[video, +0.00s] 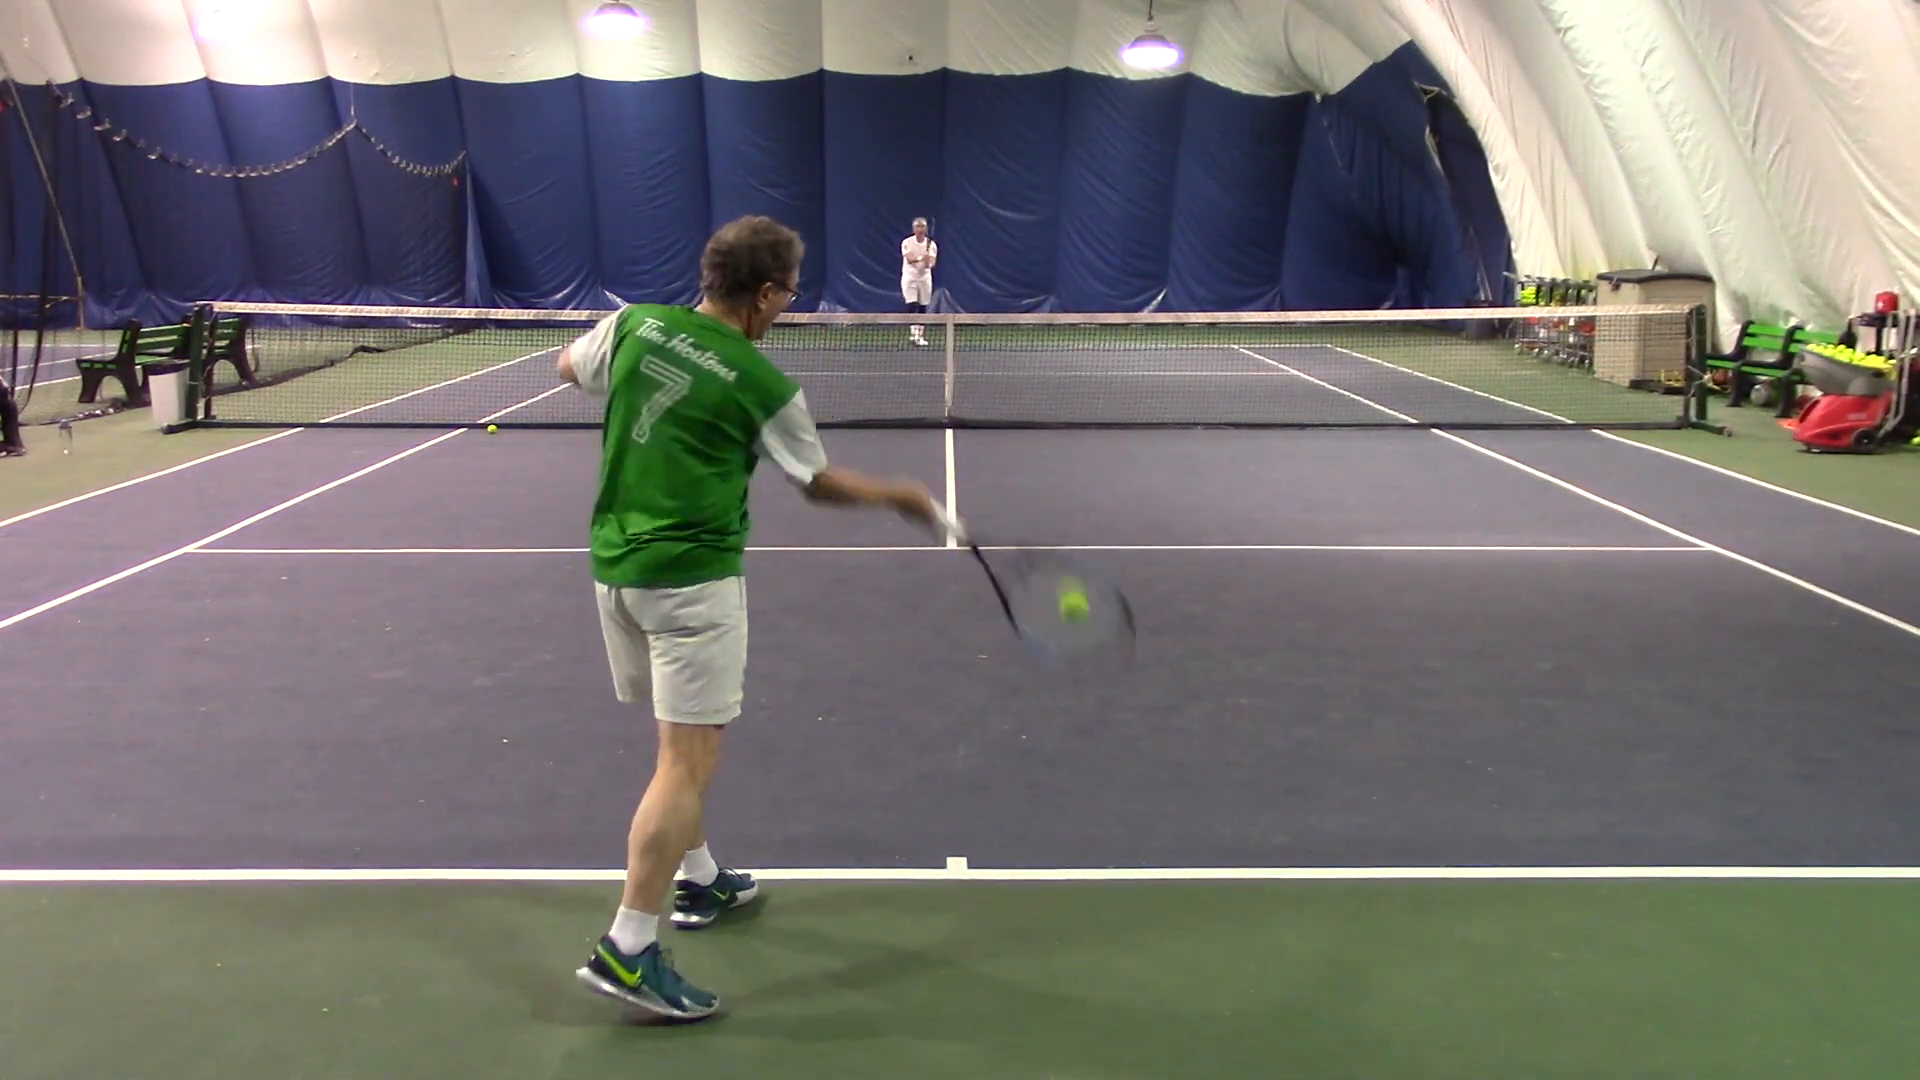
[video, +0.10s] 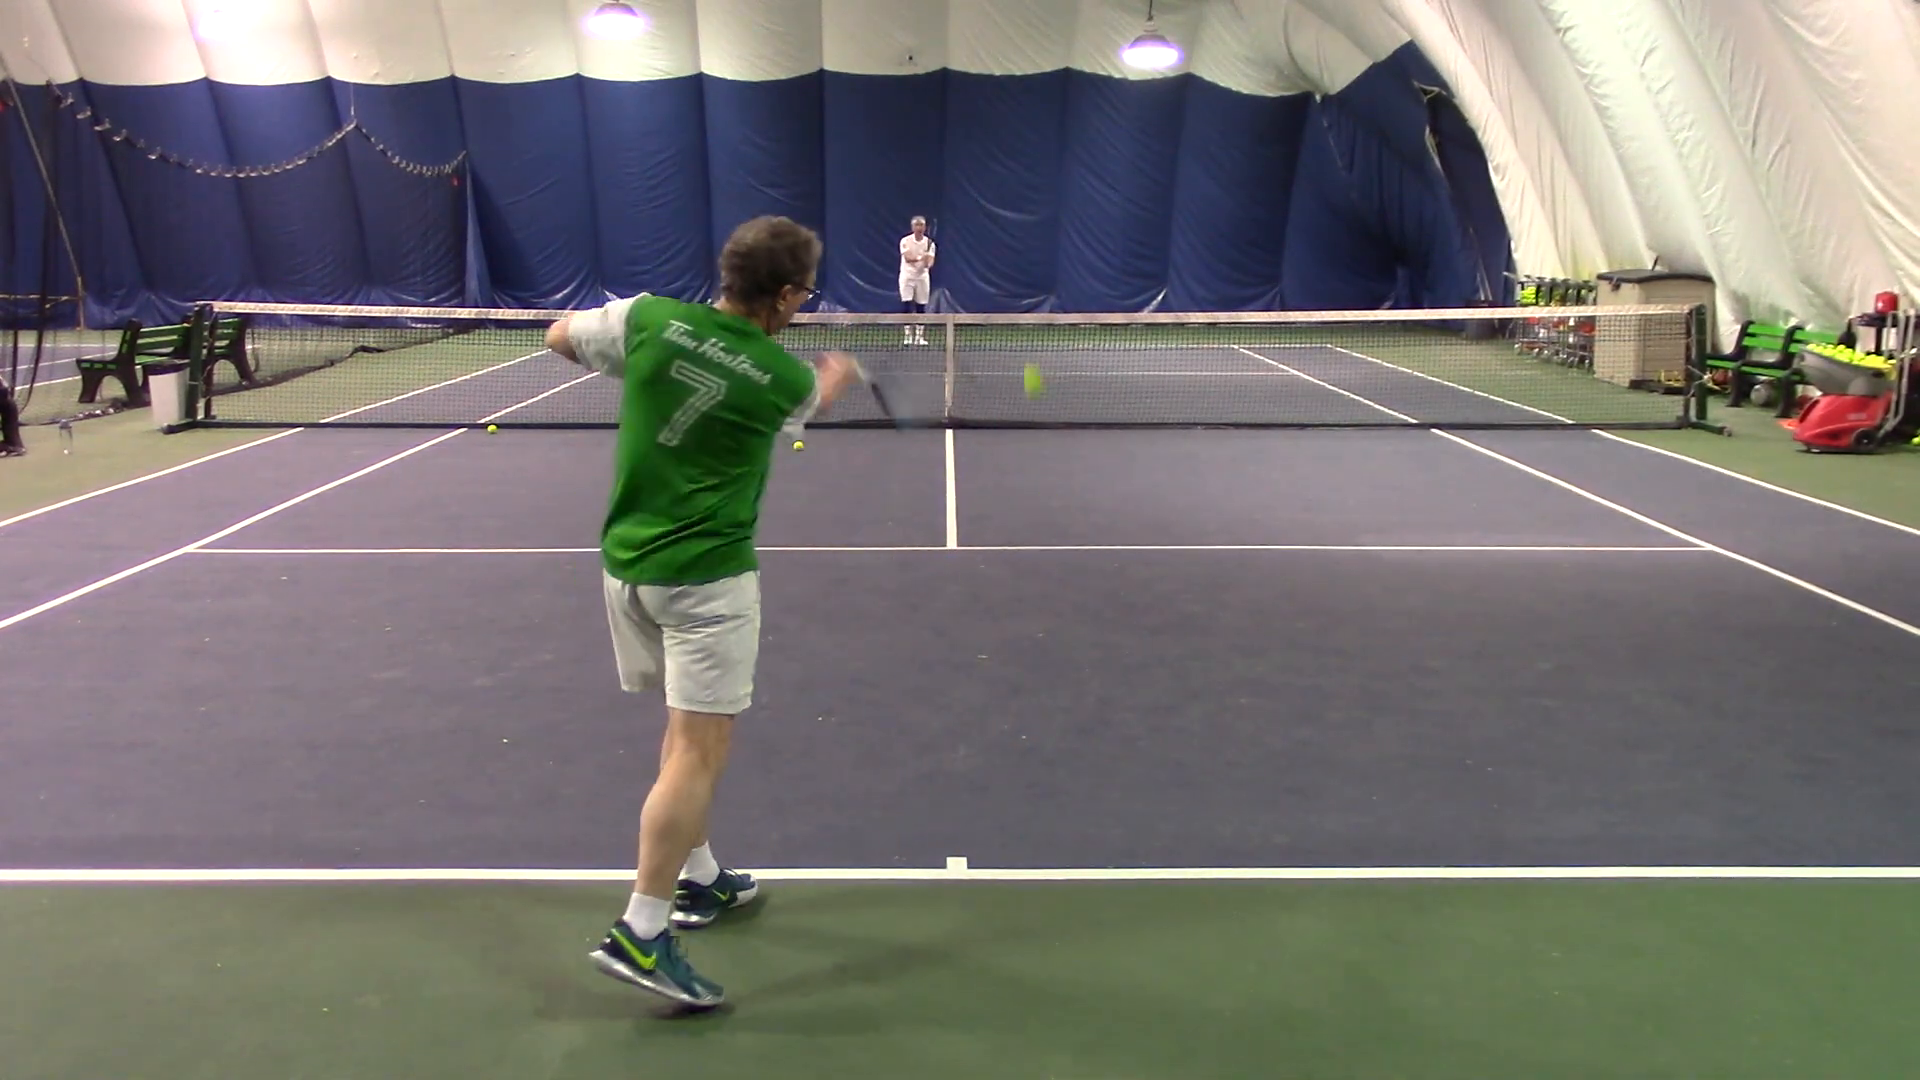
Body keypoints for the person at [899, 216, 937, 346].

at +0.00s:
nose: (920, 230)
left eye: (922, 227)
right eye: (918, 227)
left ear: (926, 229)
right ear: (914, 229)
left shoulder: (931, 245)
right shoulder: (907, 242)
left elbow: (932, 261)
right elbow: (909, 258)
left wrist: (925, 259)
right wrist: (923, 257)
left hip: (925, 277)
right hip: (910, 277)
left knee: (923, 307)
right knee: (912, 305)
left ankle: (920, 334)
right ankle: (913, 331)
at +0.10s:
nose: (919, 228)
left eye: (921, 225)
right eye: (916, 225)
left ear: (925, 227)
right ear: (912, 227)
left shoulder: (930, 244)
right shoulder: (905, 241)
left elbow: (930, 261)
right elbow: (907, 257)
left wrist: (922, 260)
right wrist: (922, 257)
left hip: (922, 276)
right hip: (907, 276)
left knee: (921, 306)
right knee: (907, 305)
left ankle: (920, 335)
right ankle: (908, 334)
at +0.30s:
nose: (914, 228)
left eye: (916, 225)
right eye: (911, 225)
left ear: (920, 227)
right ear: (907, 227)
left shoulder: (923, 243)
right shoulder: (900, 241)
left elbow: (926, 265)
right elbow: (903, 259)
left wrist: (924, 256)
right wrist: (918, 258)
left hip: (916, 276)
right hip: (901, 276)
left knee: (920, 305)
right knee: (894, 305)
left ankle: (919, 335)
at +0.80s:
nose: (918, 236)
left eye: (920, 233)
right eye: (916, 233)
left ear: (922, 235)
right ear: (910, 233)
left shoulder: (921, 247)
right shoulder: (903, 246)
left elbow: (926, 261)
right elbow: (909, 261)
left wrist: (934, 266)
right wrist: (928, 266)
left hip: (913, 281)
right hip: (900, 281)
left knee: (922, 307)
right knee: (897, 311)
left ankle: (919, 335)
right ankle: (890, 337)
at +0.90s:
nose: (923, 238)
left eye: (925, 236)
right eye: (920, 235)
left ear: (926, 237)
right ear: (915, 236)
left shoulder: (923, 249)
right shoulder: (908, 248)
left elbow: (933, 257)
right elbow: (921, 259)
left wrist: (944, 256)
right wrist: (939, 258)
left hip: (913, 280)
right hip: (901, 280)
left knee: (923, 307)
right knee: (907, 308)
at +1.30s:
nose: (937, 245)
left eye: (939, 243)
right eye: (935, 242)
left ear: (941, 244)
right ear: (930, 240)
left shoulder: (931, 253)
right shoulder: (920, 251)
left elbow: (930, 270)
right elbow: (931, 267)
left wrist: (943, 275)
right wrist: (941, 259)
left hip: (918, 283)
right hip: (906, 282)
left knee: (924, 308)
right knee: (915, 307)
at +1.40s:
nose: (938, 241)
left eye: (940, 238)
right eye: (936, 237)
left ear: (941, 239)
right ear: (930, 235)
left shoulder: (934, 251)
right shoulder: (917, 245)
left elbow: (938, 270)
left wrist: (950, 279)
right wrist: (935, 257)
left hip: (921, 280)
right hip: (908, 278)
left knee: (923, 307)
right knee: (915, 306)